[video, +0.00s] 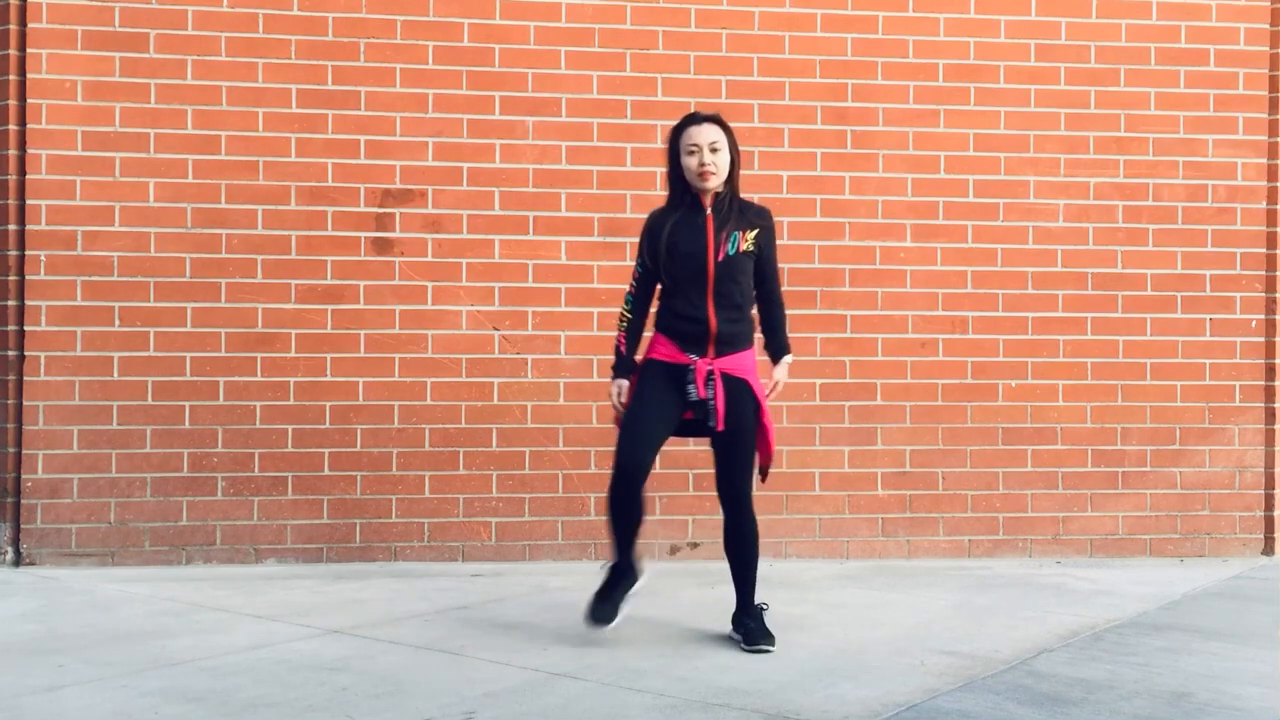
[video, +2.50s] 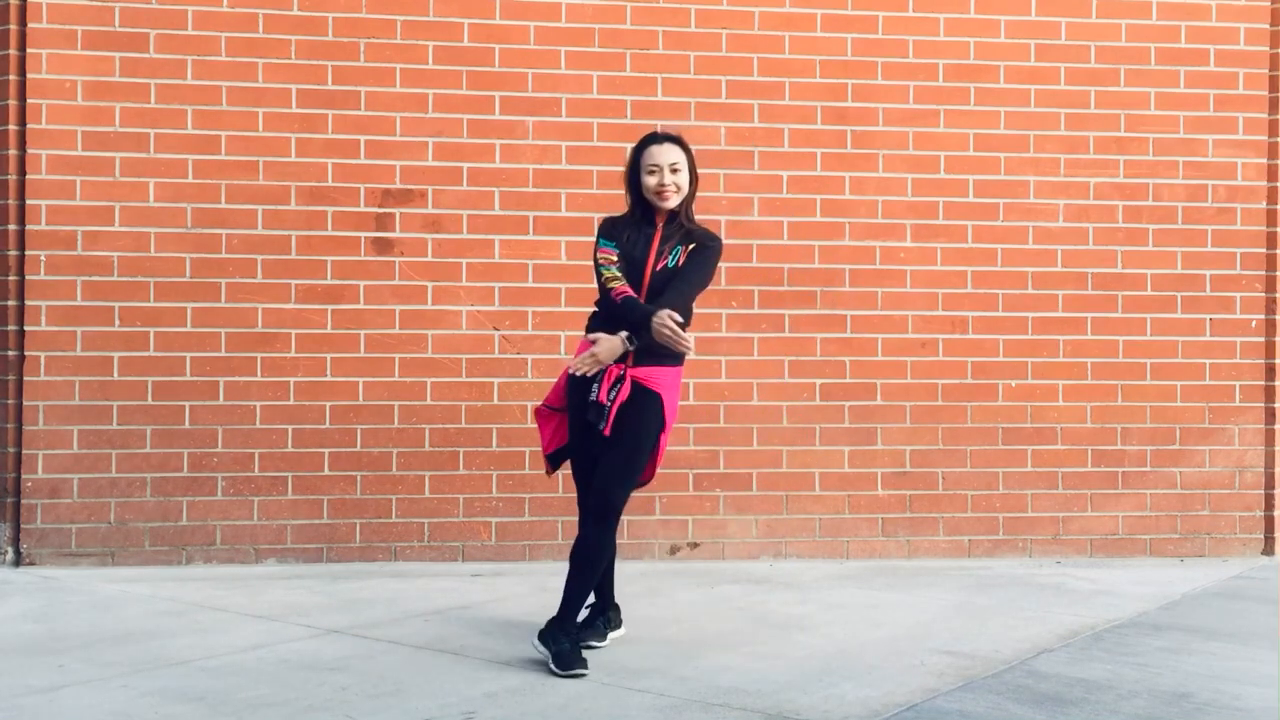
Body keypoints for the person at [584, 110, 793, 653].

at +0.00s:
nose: (705, 160)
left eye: (714, 149)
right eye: (693, 151)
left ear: (731, 156)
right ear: (679, 162)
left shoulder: (755, 220)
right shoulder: (662, 222)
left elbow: (769, 292)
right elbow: (638, 296)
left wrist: (780, 351)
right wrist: (622, 365)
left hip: (734, 367)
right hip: (667, 364)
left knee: (736, 491)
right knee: (627, 467)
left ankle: (747, 609)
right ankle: (623, 566)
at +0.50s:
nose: (655, 175)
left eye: (666, 165)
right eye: (644, 165)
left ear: (682, 172)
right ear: (629, 172)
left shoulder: (694, 239)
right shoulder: (606, 221)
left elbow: (657, 305)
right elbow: (599, 288)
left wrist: (608, 346)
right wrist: (639, 318)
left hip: (642, 368)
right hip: (586, 360)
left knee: (599, 487)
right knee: (584, 490)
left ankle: (534, 603)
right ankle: (599, 605)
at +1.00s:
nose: (673, 166)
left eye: (683, 157)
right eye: (662, 156)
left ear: (696, 165)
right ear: (644, 165)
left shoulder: (714, 227)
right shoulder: (622, 224)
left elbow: (753, 285)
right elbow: (569, 282)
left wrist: (763, 320)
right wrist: (587, 317)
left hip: (690, 373)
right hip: (624, 370)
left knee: (723, 491)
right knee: (615, 493)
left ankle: (741, 594)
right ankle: (599, 604)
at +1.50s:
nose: (729, 182)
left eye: (736, 171)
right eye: (717, 173)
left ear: (746, 172)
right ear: (694, 176)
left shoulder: (765, 225)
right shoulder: (674, 238)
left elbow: (766, 304)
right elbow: (705, 293)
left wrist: (743, 348)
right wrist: (773, 316)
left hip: (771, 373)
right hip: (713, 379)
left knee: (769, 506)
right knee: (753, 504)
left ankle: (747, 613)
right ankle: (796, 624)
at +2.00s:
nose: (707, 162)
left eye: (716, 152)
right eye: (695, 153)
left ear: (732, 159)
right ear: (678, 163)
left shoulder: (749, 229)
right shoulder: (659, 223)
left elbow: (778, 282)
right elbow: (631, 277)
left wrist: (802, 306)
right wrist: (616, 303)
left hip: (723, 375)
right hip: (658, 372)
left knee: (733, 497)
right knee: (628, 493)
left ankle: (750, 611)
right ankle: (605, 601)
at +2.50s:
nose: (664, 180)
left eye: (675, 170)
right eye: (652, 170)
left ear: (690, 177)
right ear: (637, 178)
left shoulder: (704, 243)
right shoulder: (614, 228)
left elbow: (672, 305)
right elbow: (612, 291)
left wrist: (621, 341)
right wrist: (650, 321)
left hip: (651, 378)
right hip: (593, 370)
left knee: (606, 499)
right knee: (593, 497)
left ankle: (562, 627)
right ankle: (604, 607)